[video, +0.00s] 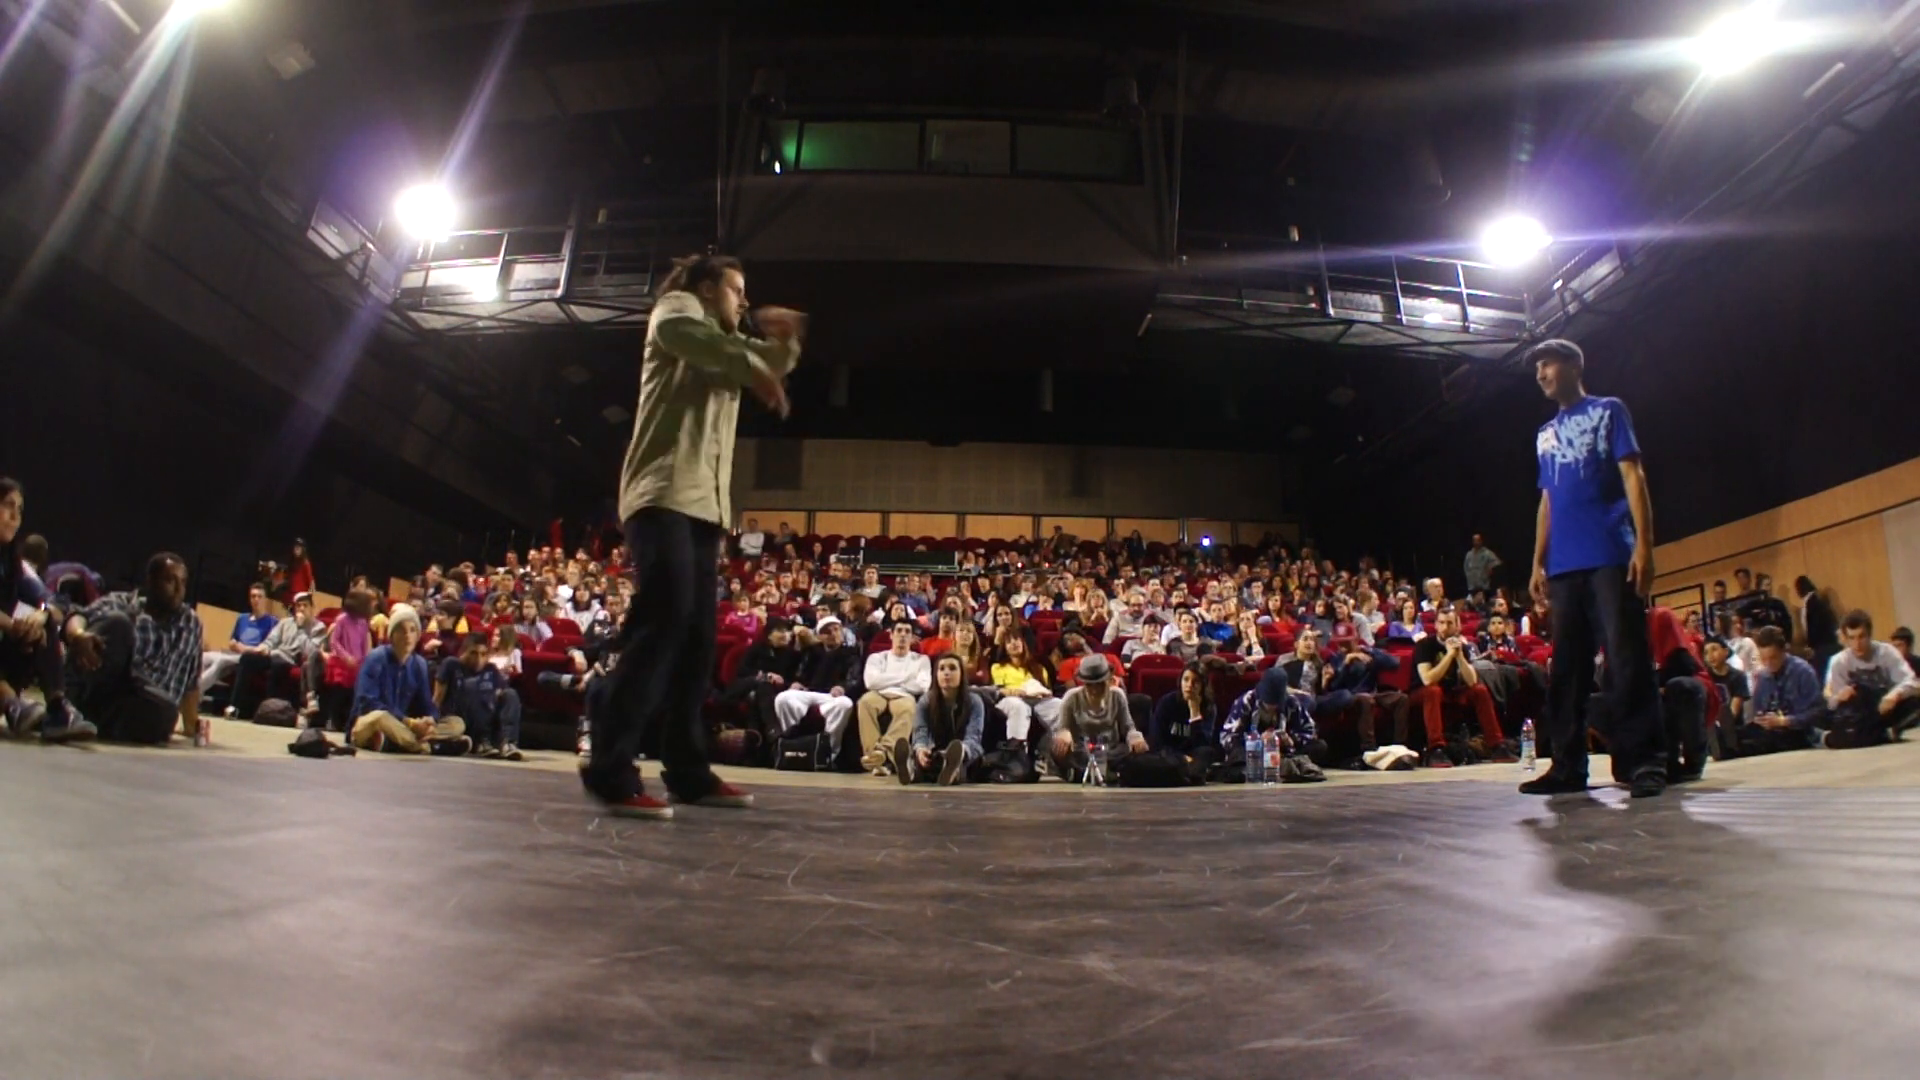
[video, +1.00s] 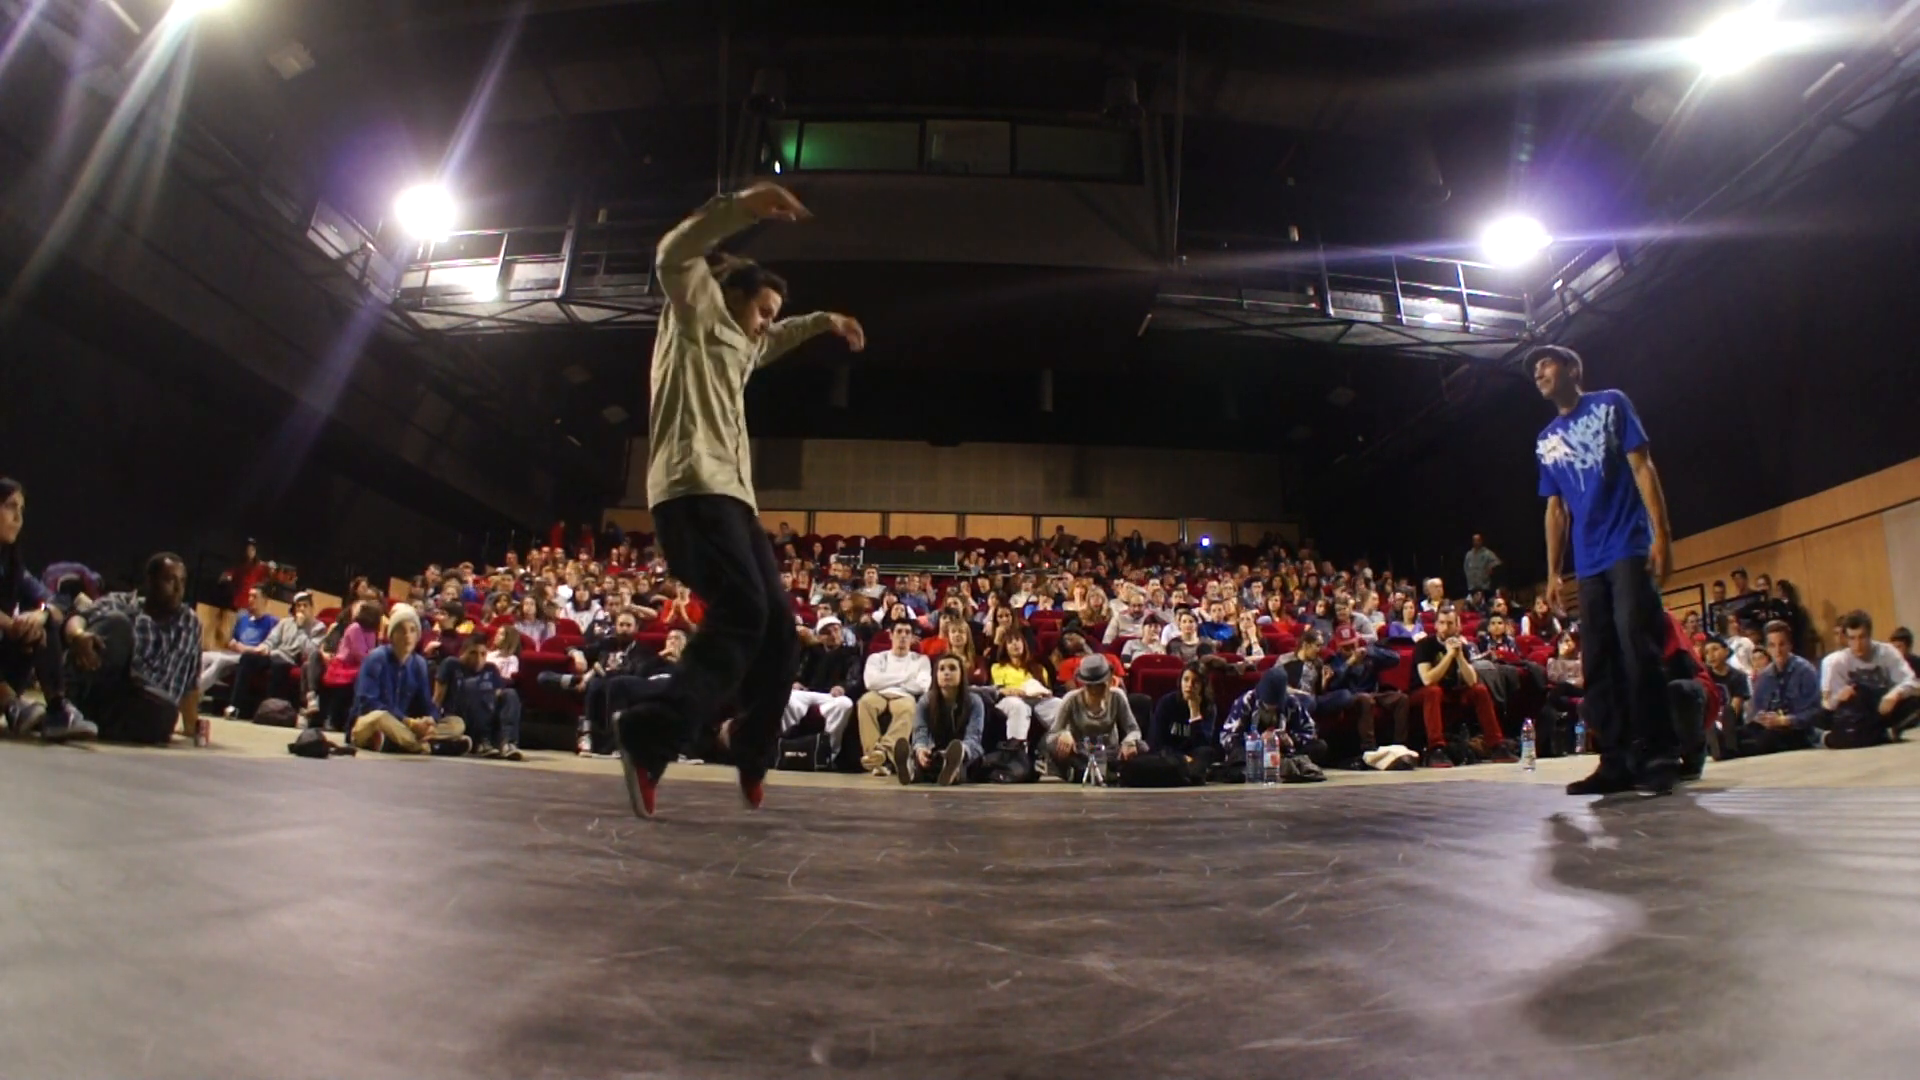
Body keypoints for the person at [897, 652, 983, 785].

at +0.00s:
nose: (947, 673)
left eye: (952, 668)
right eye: (942, 669)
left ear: (961, 674)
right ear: (935, 674)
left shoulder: (974, 701)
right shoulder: (925, 701)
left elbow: (974, 738)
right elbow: (920, 731)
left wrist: (961, 751)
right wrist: (920, 748)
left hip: (962, 751)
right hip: (933, 750)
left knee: (955, 762)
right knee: (919, 761)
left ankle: (949, 773)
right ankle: (910, 768)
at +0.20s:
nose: (947, 673)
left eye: (952, 668)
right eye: (942, 669)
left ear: (962, 673)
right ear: (935, 674)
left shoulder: (974, 701)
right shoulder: (925, 701)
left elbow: (974, 738)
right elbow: (920, 731)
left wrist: (961, 751)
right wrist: (920, 748)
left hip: (962, 751)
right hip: (933, 750)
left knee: (955, 762)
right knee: (919, 760)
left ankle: (949, 773)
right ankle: (910, 768)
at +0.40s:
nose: (947, 673)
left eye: (952, 668)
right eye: (942, 668)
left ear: (961, 673)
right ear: (936, 674)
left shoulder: (974, 701)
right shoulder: (925, 701)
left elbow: (974, 738)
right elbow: (920, 731)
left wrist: (961, 751)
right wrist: (920, 748)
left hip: (962, 751)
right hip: (933, 750)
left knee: (955, 762)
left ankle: (949, 773)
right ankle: (910, 768)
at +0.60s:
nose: (947, 673)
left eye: (952, 668)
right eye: (942, 668)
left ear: (961, 673)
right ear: (936, 674)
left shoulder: (974, 701)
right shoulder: (925, 701)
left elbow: (974, 738)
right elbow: (920, 731)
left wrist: (961, 751)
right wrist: (920, 748)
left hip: (962, 751)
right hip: (933, 750)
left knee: (955, 762)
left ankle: (949, 773)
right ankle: (910, 768)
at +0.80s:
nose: (947, 673)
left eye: (952, 668)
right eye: (942, 669)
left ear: (962, 674)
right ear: (936, 674)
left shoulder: (974, 701)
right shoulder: (925, 701)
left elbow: (974, 738)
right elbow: (920, 731)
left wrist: (961, 751)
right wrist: (920, 748)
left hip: (962, 751)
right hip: (933, 750)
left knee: (955, 762)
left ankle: (949, 773)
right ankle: (910, 768)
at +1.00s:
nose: (947, 673)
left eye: (952, 668)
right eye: (942, 669)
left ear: (961, 674)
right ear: (936, 674)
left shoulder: (974, 701)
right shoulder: (925, 701)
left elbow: (974, 738)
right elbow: (920, 731)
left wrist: (961, 751)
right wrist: (920, 748)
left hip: (962, 751)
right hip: (933, 750)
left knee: (955, 762)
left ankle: (949, 773)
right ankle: (910, 768)